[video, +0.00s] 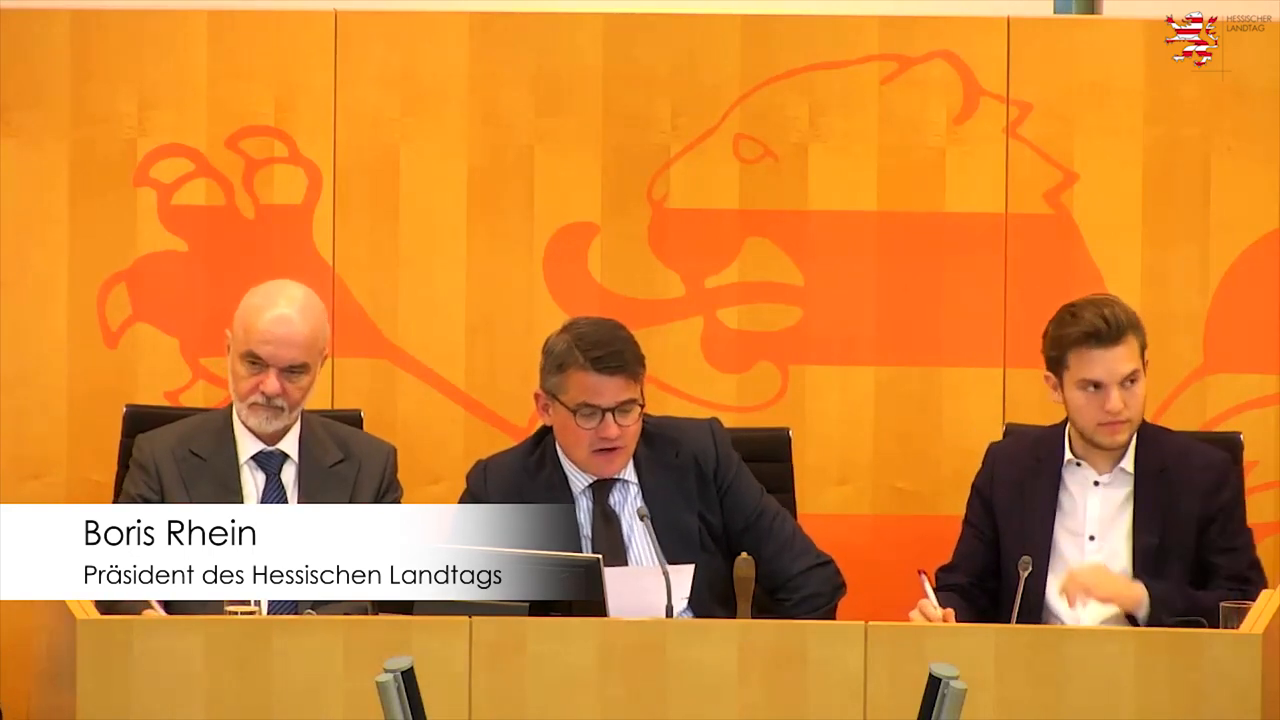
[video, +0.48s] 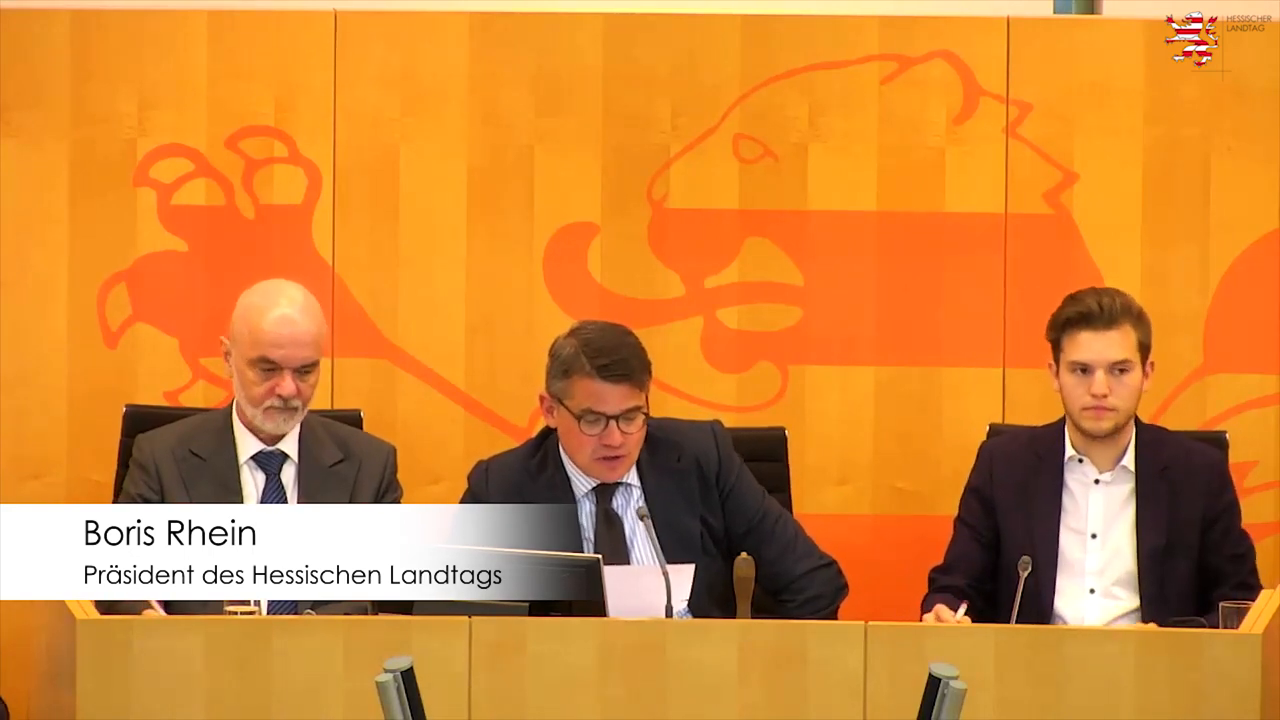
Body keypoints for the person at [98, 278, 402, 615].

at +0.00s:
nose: (271, 388)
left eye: (294, 371)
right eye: (254, 364)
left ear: (321, 363)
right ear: (229, 349)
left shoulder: (371, 464)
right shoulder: (159, 456)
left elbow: (385, 589)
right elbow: (118, 573)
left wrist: (312, 634)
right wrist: (145, 616)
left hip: (326, 666)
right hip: (195, 661)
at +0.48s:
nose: (287, 390)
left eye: (305, 371)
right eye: (267, 369)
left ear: (322, 362)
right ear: (227, 356)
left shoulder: (371, 463)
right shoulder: (159, 457)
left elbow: (387, 588)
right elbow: (118, 575)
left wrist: (313, 635)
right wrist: (145, 616)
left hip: (327, 666)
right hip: (196, 661)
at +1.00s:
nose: (289, 391)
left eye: (306, 373)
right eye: (269, 371)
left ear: (323, 363)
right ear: (228, 357)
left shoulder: (371, 463)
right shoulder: (160, 456)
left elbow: (385, 587)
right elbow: (118, 577)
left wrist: (312, 633)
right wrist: (148, 618)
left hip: (326, 664)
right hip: (197, 659)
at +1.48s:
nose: (273, 392)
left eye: (296, 376)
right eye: (256, 368)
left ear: (322, 363)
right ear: (228, 350)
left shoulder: (372, 464)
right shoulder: (159, 455)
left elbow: (390, 590)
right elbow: (117, 574)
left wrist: (314, 636)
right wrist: (144, 616)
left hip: (327, 666)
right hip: (196, 661)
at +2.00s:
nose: (273, 392)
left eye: (296, 376)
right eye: (256, 369)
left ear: (323, 361)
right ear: (229, 349)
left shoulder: (373, 464)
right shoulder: (159, 455)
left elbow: (390, 594)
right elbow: (118, 579)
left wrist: (313, 629)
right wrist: (145, 617)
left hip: (330, 671)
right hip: (197, 666)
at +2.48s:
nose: (274, 392)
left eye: (297, 376)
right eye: (257, 369)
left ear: (322, 362)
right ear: (229, 349)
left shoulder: (372, 464)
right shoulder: (160, 456)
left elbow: (391, 594)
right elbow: (124, 578)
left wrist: (314, 628)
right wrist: (146, 621)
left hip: (331, 676)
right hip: (199, 670)